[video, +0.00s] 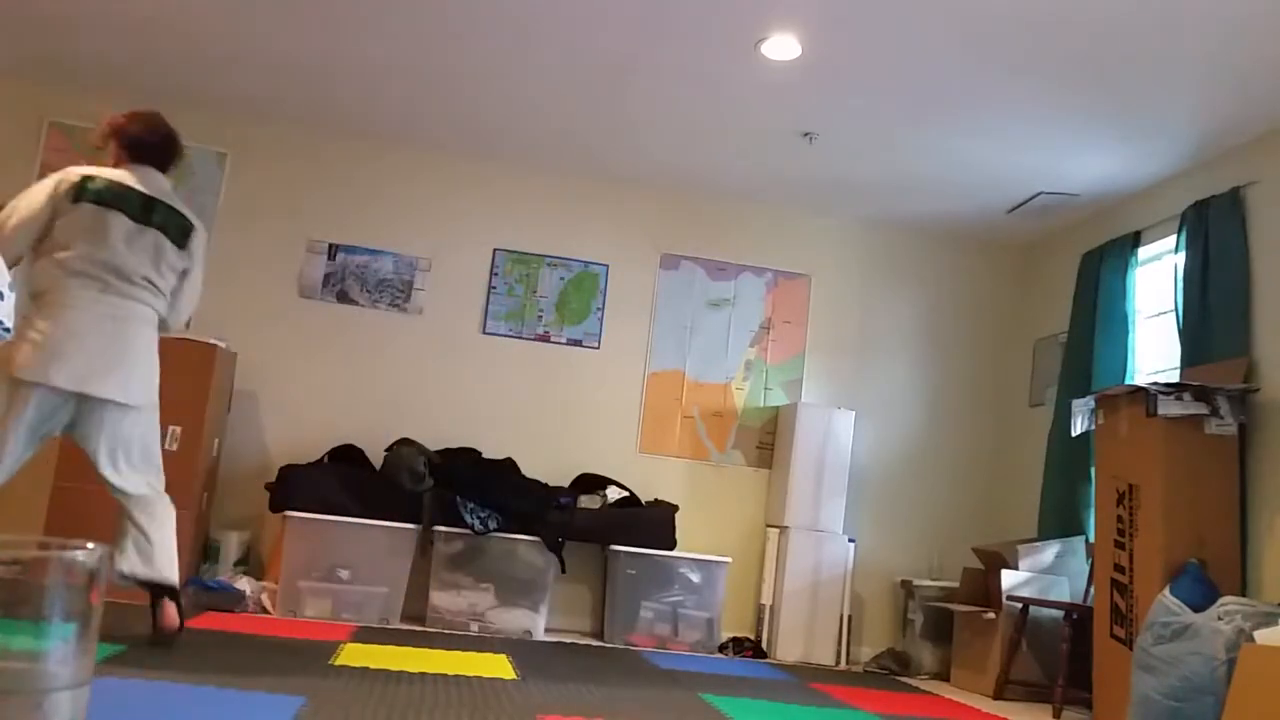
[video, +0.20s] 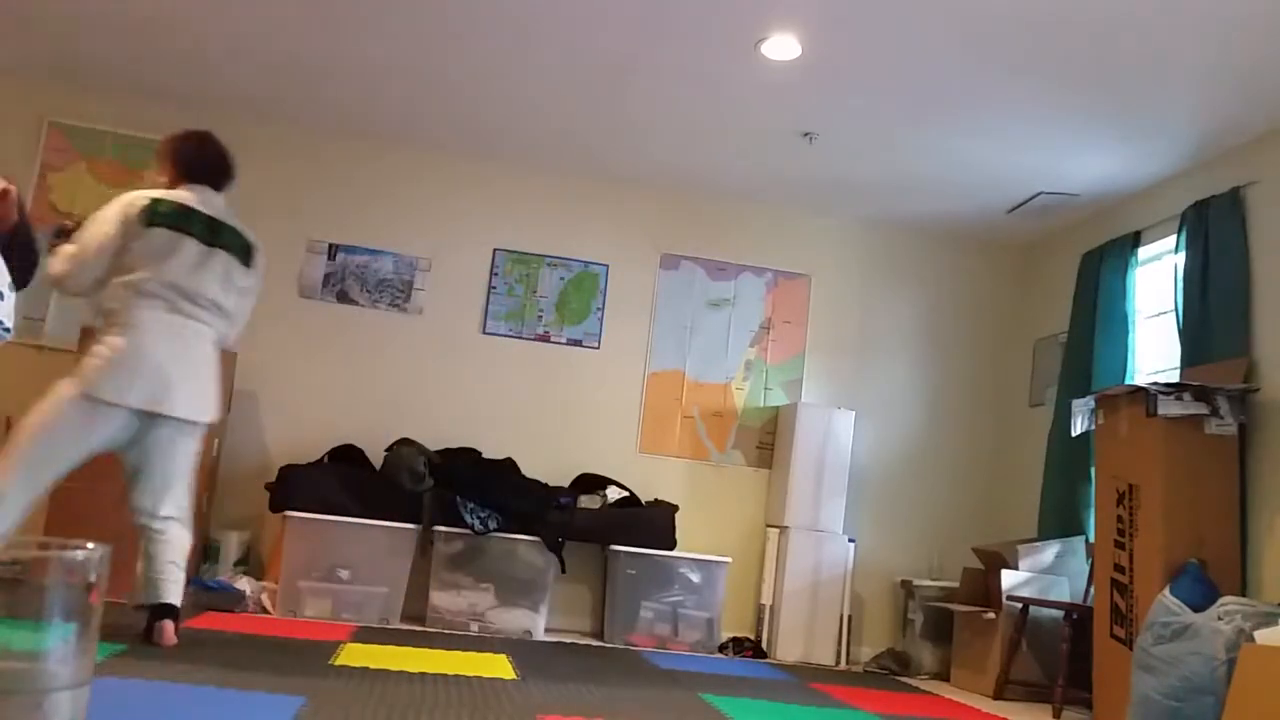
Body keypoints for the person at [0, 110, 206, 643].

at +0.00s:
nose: (102, 151)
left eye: (107, 144)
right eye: (106, 142)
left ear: (117, 150)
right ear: (167, 164)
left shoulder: (72, 182)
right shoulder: (190, 226)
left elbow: (8, 237)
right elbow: (176, 314)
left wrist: (32, 281)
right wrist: (128, 314)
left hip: (50, 347)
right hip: (129, 366)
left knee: (0, 460)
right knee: (143, 485)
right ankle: (164, 592)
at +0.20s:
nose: (154, 173)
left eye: (159, 164)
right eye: (158, 163)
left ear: (173, 170)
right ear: (222, 181)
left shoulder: (139, 205)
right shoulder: (246, 247)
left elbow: (73, 275)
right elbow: (231, 331)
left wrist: (61, 244)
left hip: (122, 372)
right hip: (193, 389)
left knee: (22, 472)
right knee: (167, 510)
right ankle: (165, 617)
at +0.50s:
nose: (230, 180)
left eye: (232, 172)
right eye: (232, 172)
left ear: (244, 172)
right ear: (296, 181)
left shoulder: (217, 208)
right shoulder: (323, 244)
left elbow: (162, 283)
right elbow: (313, 328)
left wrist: (140, 271)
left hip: (218, 375)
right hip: (289, 386)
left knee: (160, 491)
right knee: (296, 496)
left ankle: (152, 615)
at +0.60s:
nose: (254, 205)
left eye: (258, 197)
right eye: (257, 196)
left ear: (268, 201)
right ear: (315, 208)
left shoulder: (244, 244)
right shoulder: (343, 271)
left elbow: (196, 326)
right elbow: (340, 353)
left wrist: (169, 296)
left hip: (243, 400)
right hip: (312, 408)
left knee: (145, 492)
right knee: (332, 525)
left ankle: (145, 599)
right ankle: (354, 637)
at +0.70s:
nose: (267, 220)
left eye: (269, 212)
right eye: (269, 212)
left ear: (280, 217)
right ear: (327, 226)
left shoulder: (250, 259)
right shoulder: (352, 288)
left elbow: (205, 341)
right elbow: (364, 374)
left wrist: (182, 330)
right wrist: (314, 381)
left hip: (239, 410)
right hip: (310, 421)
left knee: (148, 495)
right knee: (343, 539)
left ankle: (128, 596)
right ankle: (354, 641)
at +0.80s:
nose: (257, 213)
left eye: (260, 206)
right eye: (261, 206)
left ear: (270, 211)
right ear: (315, 222)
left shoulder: (229, 251)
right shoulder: (343, 281)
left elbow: (160, 298)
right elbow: (369, 356)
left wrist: (127, 288)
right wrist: (320, 390)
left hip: (226, 407)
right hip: (303, 416)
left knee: (145, 497)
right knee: (342, 534)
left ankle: (84, 603)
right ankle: (353, 638)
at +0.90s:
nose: (224, 206)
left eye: (228, 199)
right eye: (229, 199)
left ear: (234, 204)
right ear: (283, 215)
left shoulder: (182, 245)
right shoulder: (305, 266)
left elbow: (79, 258)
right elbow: (350, 326)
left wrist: (48, 239)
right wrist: (327, 376)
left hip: (213, 395)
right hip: (289, 400)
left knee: (132, 501)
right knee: (325, 518)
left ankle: (67, 604)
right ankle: (348, 624)